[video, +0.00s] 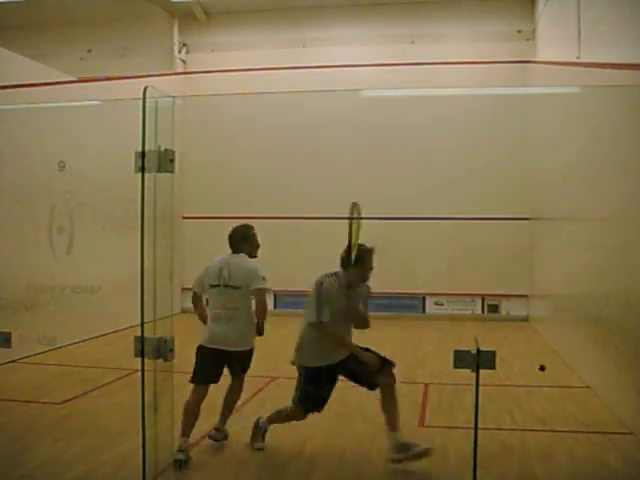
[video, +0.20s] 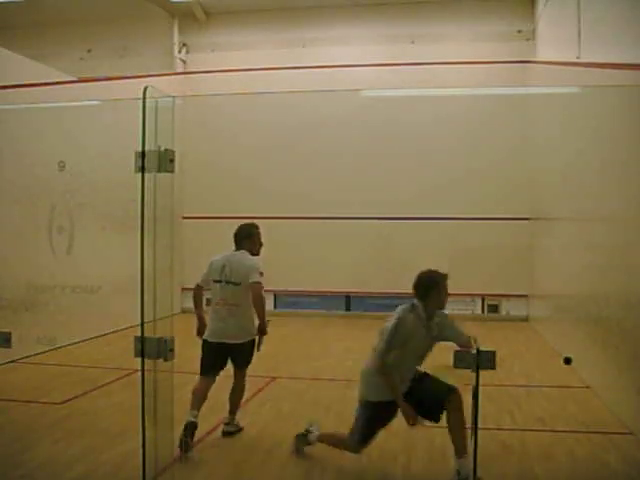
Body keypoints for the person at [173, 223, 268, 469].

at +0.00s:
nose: (259, 244)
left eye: (257, 239)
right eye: (256, 240)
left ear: (233, 244)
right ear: (246, 243)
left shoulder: (213, 266)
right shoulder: (253, 268)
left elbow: (196, 298)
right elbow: (261, 302)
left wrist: (209, 323)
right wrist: (260, 325)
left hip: (212, 340)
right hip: (241, 342)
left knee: (197, 391)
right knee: (237, 380)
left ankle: (182, 445)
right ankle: (220, 426)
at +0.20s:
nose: (262, 244)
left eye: (261, 239)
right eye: (259, 240)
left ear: (237, 242)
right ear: (248, 241)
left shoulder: (216, 262)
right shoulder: (251, 264)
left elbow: (198, 290)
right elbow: (257, 294)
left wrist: (200, 319)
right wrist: (263, 323)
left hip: (214, 334)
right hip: (242, 335)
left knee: (205, 379)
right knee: (239, 377)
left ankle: (192, 419)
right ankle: (230, 421)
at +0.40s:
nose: (260, 237)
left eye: (259, 233)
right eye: (258, 233)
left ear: (238, 236)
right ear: (253, 235)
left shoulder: (220, 255)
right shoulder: (258, 254)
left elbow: (200, 282)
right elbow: (266, 283)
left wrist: (203, 310)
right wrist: (273, 308)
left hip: (224, 322)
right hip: (251, 323)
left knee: (217, 363)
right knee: (262, 363)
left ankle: (203, 410)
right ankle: (250, 407)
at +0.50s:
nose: (261, 251)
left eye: (260, 247)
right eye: (260, 247)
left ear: (239, 250)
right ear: (257, 248)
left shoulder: (224, 268)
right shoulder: (260, 269)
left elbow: (206, 296)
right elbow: (269, 298)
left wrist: (210, 320)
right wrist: (278, 323)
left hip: (227, 334)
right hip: (253, 334)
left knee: (217, 369)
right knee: (280, 363)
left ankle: (199, 408)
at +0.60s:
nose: (270, 267)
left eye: (269, 263)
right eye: (270, 263)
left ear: (250, 264)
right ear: (267, 264)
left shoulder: (235, 282)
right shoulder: (267, 284)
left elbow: (219, 313)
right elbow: (275, 317)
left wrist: (228, 334)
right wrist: (289, 339)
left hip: (230, 344)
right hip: (254, 343)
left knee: (223, 372)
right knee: (294, 365)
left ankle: (201, 408)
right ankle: (310, 409)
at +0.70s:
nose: (291, 263)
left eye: (290, 259)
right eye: (290, 260)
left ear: (269, 260)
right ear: (286, 261)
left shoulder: (255, 279)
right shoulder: (286, 283)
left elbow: (244, 310)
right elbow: (291, 317)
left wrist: (259, 325)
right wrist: (306, 339)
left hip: (251, 343)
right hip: (276, 344)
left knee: (233, 373)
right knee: (312, 367)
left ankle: (206, 407)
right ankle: (323, 412)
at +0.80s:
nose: (313, 251)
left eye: (312, 247)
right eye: (312, 247)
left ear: (292, 248)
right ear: (309, 248)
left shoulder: (278, 267)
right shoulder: (306, 270)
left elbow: (269, 299)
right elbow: (310, 304)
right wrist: (327, 330)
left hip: (274, 334)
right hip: (298, 334)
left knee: (258, 371)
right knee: (329, 364)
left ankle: (232, 409)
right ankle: (326, 412)